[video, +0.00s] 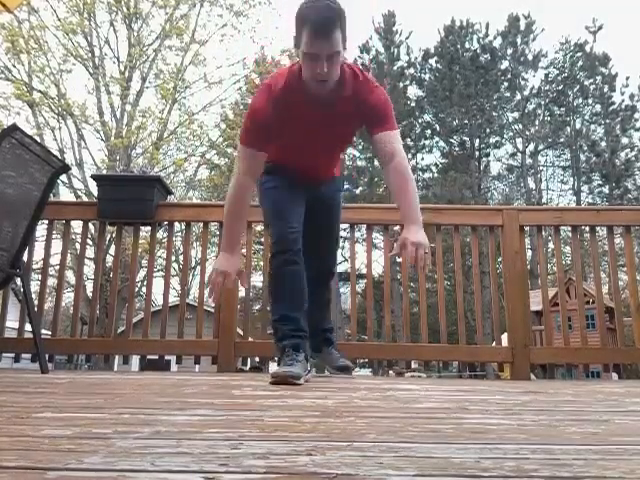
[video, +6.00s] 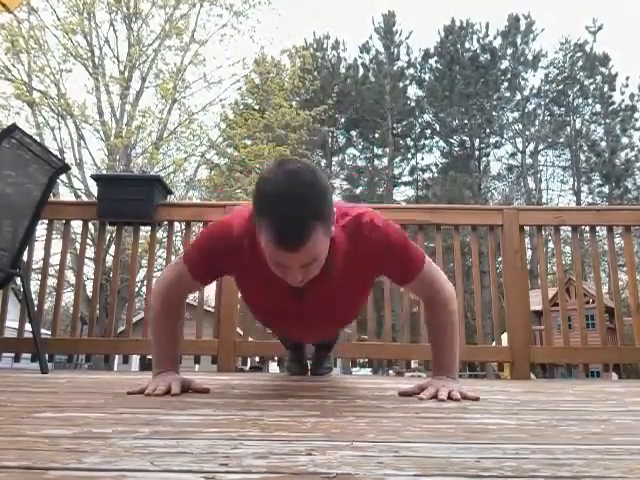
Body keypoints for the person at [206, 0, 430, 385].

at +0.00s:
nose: (323, 68)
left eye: (332, 56)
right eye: (312, 57)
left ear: (344, 47)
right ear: (297, 49)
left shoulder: (366, 93)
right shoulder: (272, 95)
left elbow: (394, 158)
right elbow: (244, 176)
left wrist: (413, 224)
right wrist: (229, 250)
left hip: (326, 176)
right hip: (280, 174)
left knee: (323, 262)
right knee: (286, 245)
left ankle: (320, 347)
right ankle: (290, 350)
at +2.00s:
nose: (303, 183)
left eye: (316, 170)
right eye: (290, 171)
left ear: (337, 143)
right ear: (271, 147)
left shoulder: (371, 185)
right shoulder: (242, 184)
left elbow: (413, 282)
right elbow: (206, 283)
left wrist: (440, 374)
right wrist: (179, 370)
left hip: (336, 254)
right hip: (278, 253)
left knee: (324, 313)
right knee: (290, 317)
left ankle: (321, 353)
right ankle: (295, 352)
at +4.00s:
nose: (299, 177)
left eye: (313, 163)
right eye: (286, 163)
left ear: (334, 139)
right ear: (268, 141)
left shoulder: (370, 184)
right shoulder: (237, 185)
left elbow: (417, 285)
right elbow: (197, 285)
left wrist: (441, 375)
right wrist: (169, 370)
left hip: (339, 257)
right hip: (280, 255)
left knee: (327, 314)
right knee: (291, 314)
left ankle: (324, 354)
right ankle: (296, 351)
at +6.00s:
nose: (297, 276)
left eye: (309, 263)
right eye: (283, 266)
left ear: (332, 226)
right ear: (259, 233)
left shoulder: (369, 232)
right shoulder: (231, 236)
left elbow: (440, 291)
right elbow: (166, 290)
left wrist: (445, 376)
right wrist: (165, 370)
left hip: (335, 318)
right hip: (279, 320)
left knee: (326, 340)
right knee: (291, 340)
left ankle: (322, 355)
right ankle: (295, 353)